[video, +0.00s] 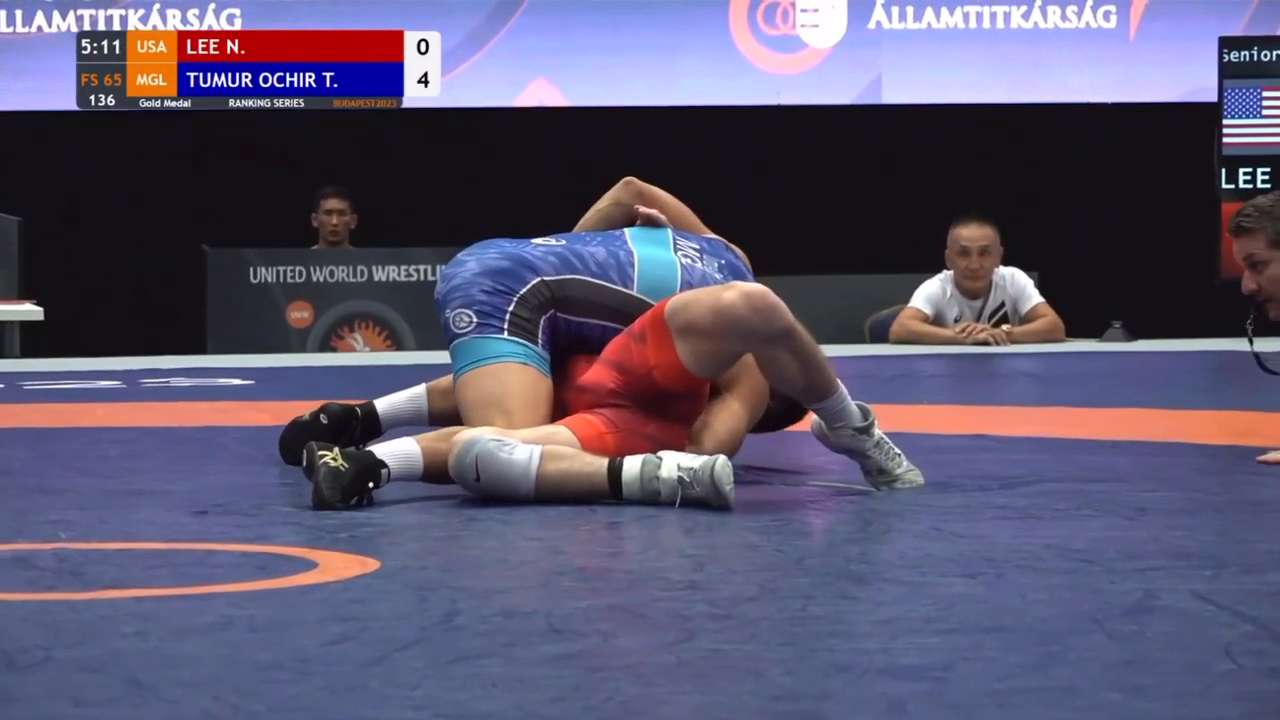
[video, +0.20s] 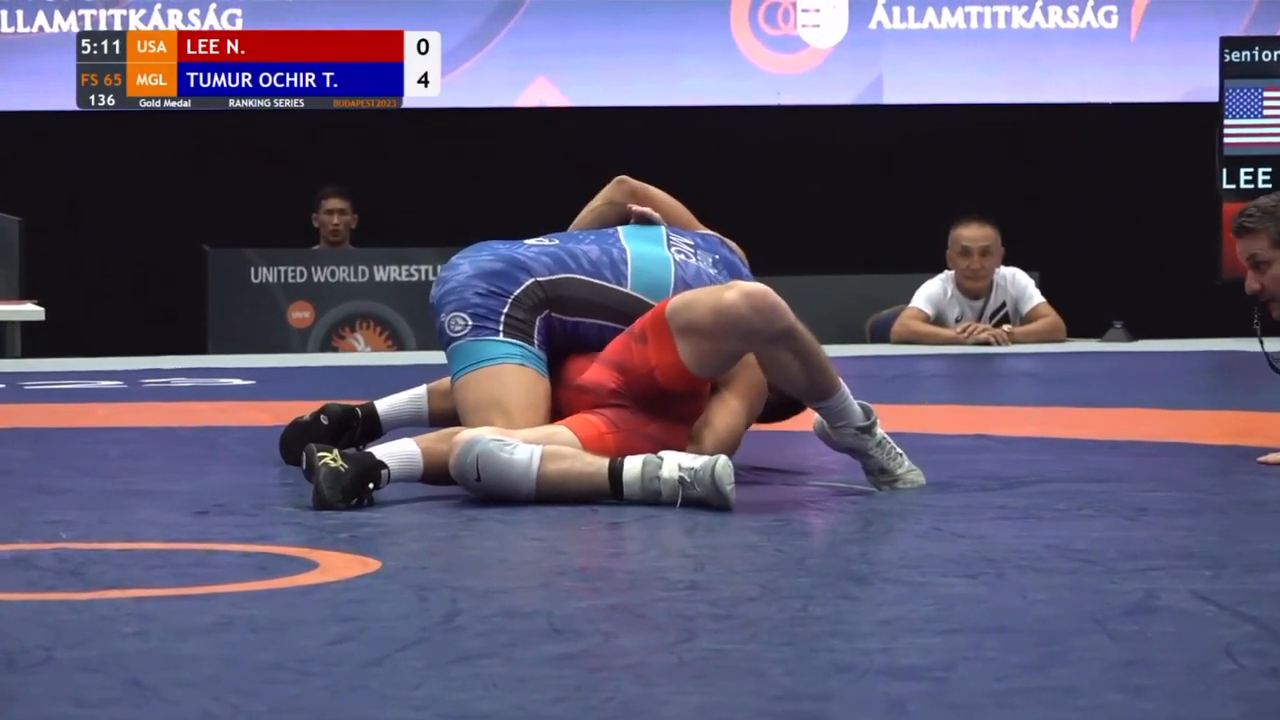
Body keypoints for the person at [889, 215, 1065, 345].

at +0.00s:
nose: (974, 264)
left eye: (984, 254)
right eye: (964, 254)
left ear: (999, 255)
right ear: (947, 256)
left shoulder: (1013, 280)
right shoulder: (936, 288)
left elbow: (1055, 329)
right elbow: (901, 330)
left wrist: (1001, 334)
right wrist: (964, 336)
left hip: (1006, 378)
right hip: (949, 379)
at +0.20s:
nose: (975, 264)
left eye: (986, 254)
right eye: (965, 254)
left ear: (1000, 255)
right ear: (949, 256)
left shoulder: (1015, 280)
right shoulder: (937, 288)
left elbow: (1056, 329)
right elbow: (902, 330)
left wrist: (1002, 334)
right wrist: (965, 336)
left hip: (1007, 378)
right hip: (949, 379)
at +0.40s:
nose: (976, 264)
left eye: (986, 254)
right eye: (965, 254)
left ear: (1001, 255)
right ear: (949, 256)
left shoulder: (1015, 280)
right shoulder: (937, 288)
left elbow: (1057, 329)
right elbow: (902, 330)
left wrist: (1003, 334)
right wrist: (966, 336)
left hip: (1008, 378)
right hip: (950, 379)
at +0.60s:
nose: (976, 264)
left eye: (986, 254)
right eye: (966, 254)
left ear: (1002, 255)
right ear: (949, 256)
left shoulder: (1015, 280)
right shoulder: (937, 288)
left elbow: (1057, 329)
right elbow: (903, 331)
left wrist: (1003, 334)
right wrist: (966, 337)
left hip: (1008, 378)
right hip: (951, 379)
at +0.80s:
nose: (970, 265)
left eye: (980, 254)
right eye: (960, 254)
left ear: (995, 255)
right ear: (944, 257)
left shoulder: (1009, 280)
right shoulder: (932, 288)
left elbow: (1051, 329)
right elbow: (897, 331)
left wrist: (997, 334)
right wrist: (960, 337)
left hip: (1002, 379)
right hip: (944, 380)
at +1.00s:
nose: (969, 265)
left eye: (980, 254)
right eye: (959, 254)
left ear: (995, 255)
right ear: (943, 258)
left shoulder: (1009, 280)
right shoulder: (931, 288)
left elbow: (1051, 329)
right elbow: (896, 331)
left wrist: (997, 334)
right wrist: (959, 337)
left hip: (1001, 379)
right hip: (943, 380)